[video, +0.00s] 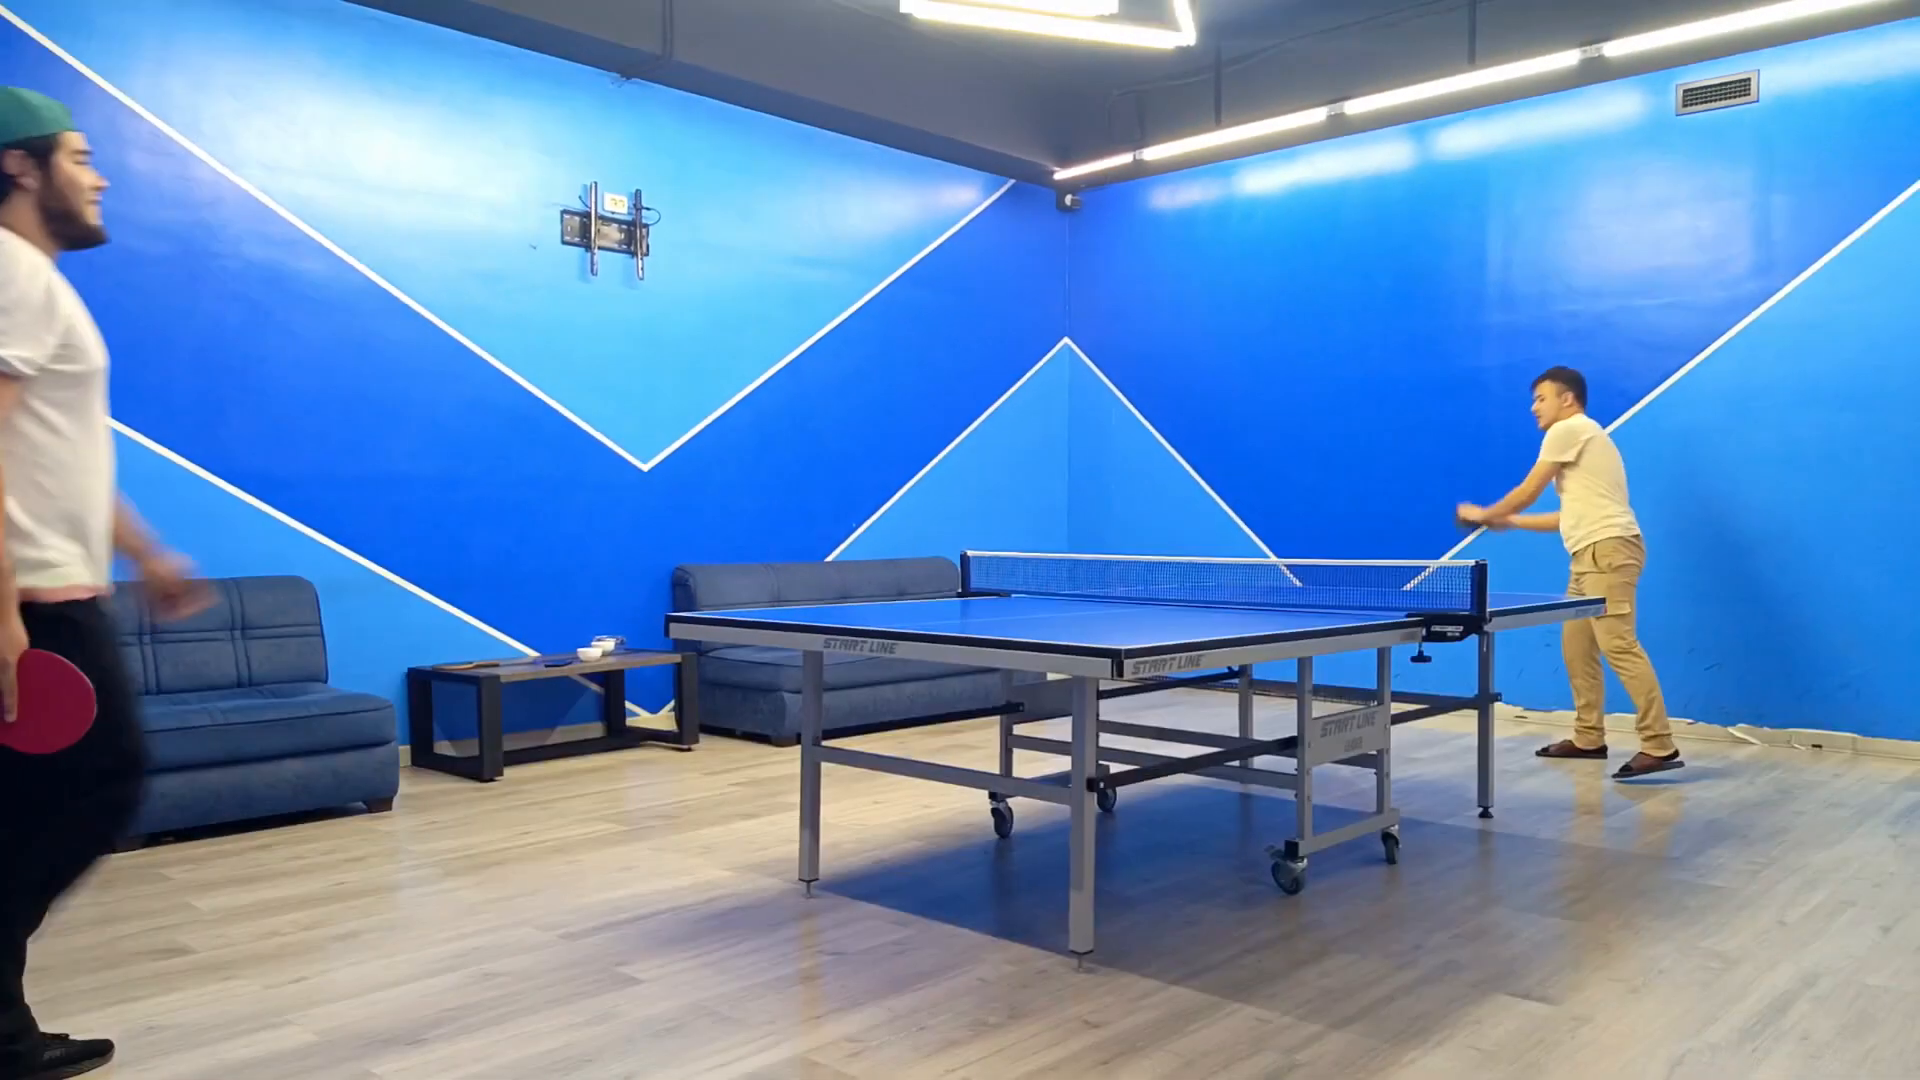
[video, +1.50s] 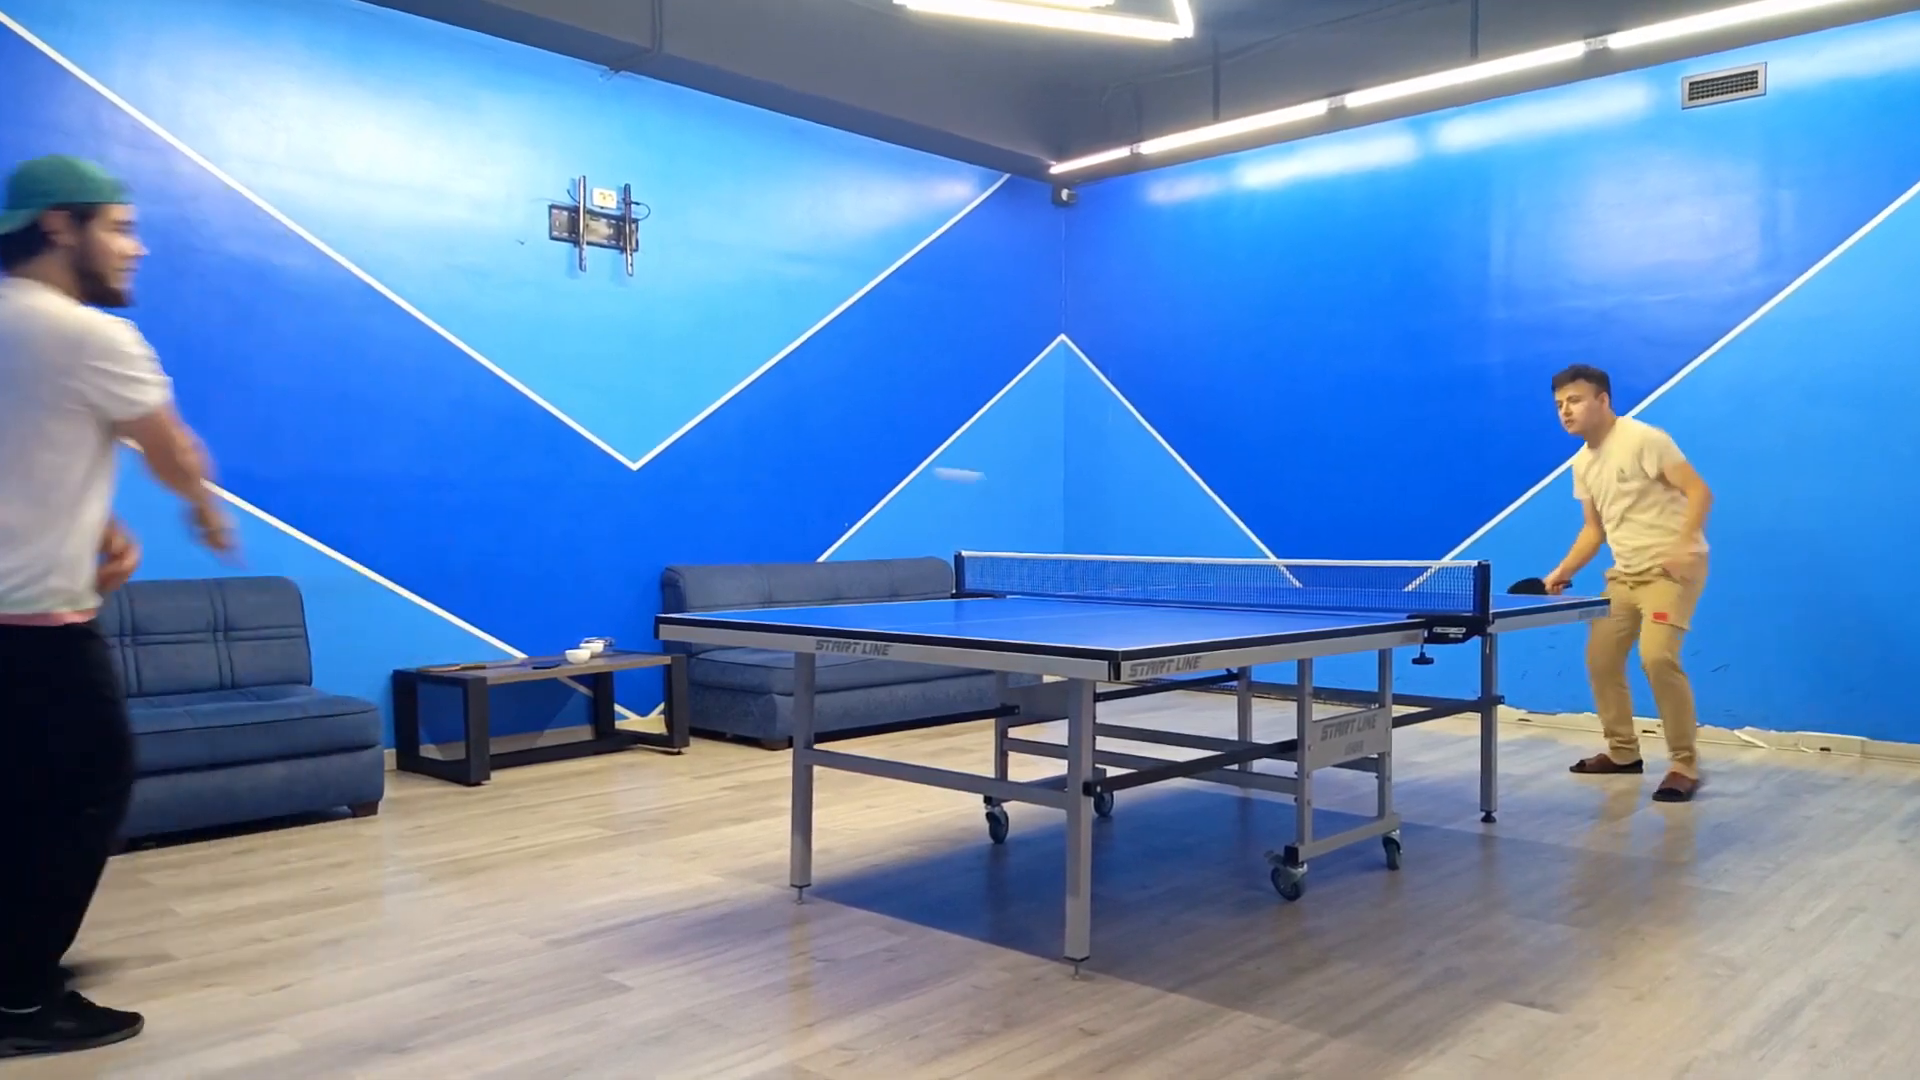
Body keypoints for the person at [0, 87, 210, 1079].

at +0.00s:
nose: (99, 178)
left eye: (91, 160)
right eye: (79, 160)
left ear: (28, 174)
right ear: (23, 172)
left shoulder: (39, 280)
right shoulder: (15, 274)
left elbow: (61, 454)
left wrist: (147, 553)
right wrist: (3, 608)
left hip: (60, 595)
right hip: (40, 601)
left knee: (23, 806)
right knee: (104, 785)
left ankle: (8, 1027)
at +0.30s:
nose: (253, 221)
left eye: (248, 203)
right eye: (238, 202)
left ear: (178, 214)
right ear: (184, 210)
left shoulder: (165, 310)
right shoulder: (152, 308)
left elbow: (221, 474)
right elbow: (123, 475)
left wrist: (340, 531)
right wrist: (133, 632)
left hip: (133, 627)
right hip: (189, 628)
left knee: (72, 835)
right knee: (269, 821)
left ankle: (6, 1026)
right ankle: (368, 996)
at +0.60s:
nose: (403, 242)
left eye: (400, 224)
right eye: (394, 224)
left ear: (324, 227)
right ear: (353, 225)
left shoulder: (246, 309)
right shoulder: (346, 324)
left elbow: (243, 465)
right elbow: (349, 477)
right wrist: (413, 616)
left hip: (220, 604)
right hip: (305, 612)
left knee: (285, 757)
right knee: (389, 784)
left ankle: (157, 957)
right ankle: (397, 1000)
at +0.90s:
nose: (437, 293)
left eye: (437, 275)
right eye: (431, 274)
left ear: (364, 272)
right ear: (385, 270)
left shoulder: (286, 340)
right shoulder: (348, 354)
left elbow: (290, 500)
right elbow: (336, 505)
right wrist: (456, 590)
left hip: (228, 608)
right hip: (296, 612)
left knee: (298, 764)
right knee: (396, 773)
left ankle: (257, 943)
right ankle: (396, 995)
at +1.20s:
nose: (344, 335)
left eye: (343, 318)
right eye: (332, 317)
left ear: (283, 318)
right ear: (276, 316)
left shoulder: (266, 398)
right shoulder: (215, 415)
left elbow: (294, 541)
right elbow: (255, 575)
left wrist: (383, 590)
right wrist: (398, 590)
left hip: (228, 616)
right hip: (166, 632)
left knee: (307, 752)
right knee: (312, 757)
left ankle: (256, 950)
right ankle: (327, 999)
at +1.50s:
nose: (136, 247)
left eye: (134, 230)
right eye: (120, 229)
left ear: (53, 234)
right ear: (59, 231)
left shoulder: (14, 312)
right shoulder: (90, 336)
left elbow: (25, 452)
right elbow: (177, 457)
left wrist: (90, 530)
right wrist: (205, 503)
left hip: (15, 616)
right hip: (40, 624)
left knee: (32, 788)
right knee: (94, 777)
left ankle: (25, 987)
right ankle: (25, 996)